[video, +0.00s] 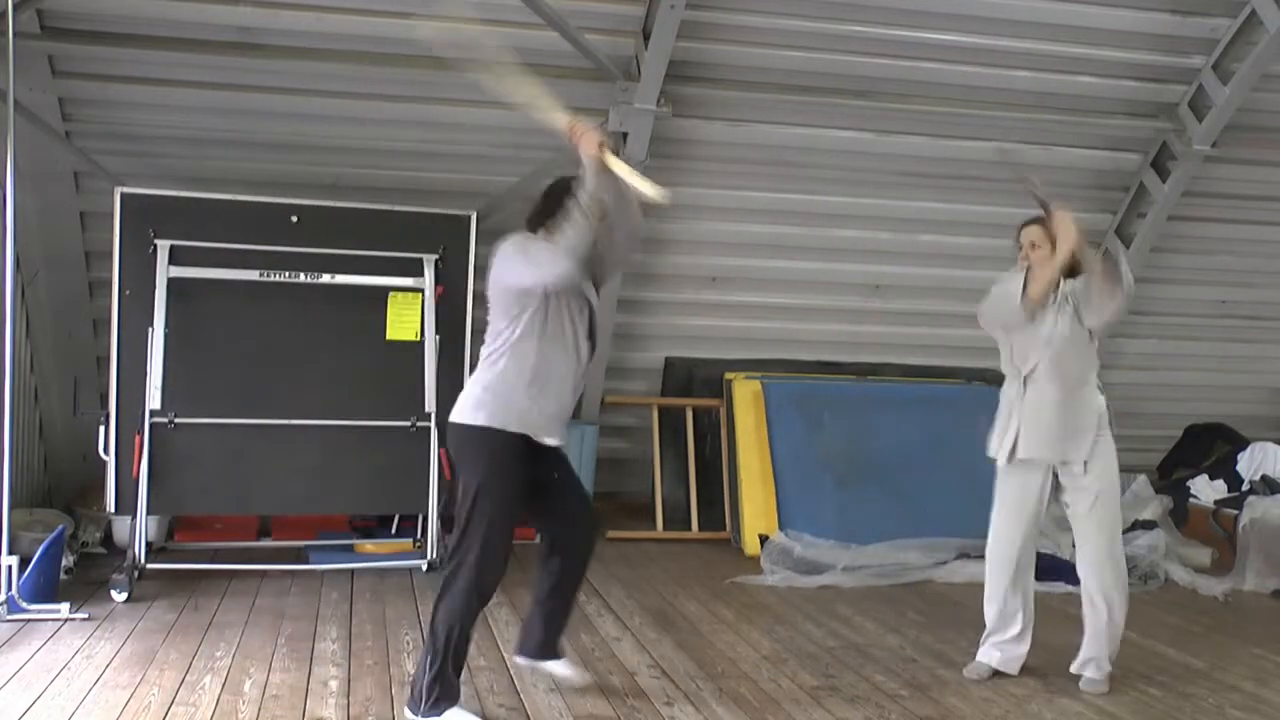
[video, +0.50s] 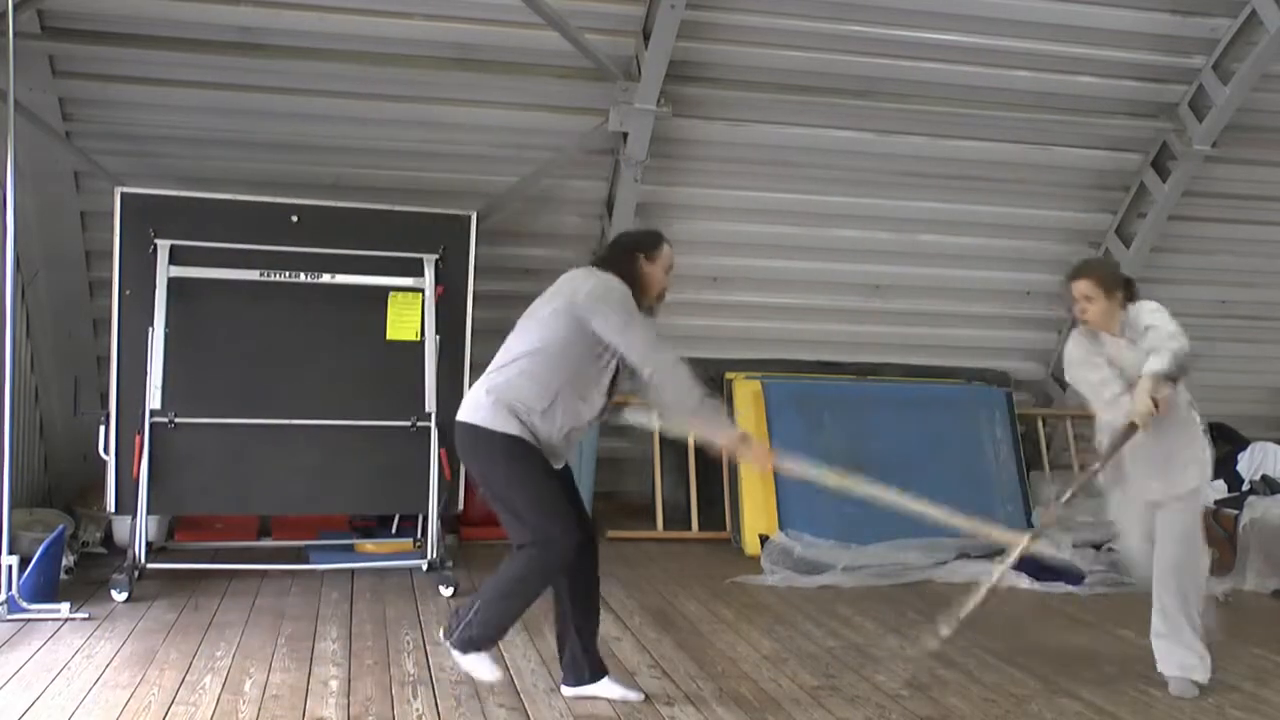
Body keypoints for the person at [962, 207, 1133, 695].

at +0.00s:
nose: (1030, 253)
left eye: (1039, 245)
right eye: (1024, 247)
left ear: (1063, 251)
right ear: (1017, 254)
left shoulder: (1082, 295)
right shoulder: (1006, 293)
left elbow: (1112, 299)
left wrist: (1086, 252)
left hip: (1085, 439)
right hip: (1022, 437)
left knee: (1099, 552)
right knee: (1005, 548)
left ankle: (1096, 661)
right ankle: (999, 651)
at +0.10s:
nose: (1030, 263)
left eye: (1039, 254)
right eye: (1026, 256)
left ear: (1064, 259)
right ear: (1021, 265)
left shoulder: (1094, 301)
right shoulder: (1010, 309)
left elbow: (1119, 339)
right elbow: (1020, 341)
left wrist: (1082, 297)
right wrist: (1055, 299)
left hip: (1093, 447)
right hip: (1031, 447)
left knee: (1113, 548)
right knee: (1011, 550)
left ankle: (1097, 659)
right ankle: (997, 652)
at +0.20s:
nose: (1035, 282)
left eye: (1044, 273)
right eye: (1031, 274)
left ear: (1073, 275)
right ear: (1030, 280)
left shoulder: (1105, 313)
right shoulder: (1023, 323)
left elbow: (1102, 373)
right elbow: (1012, 374)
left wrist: (1072, 341)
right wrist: (1045, 349)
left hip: (1112, 460)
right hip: (1048, 462)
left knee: (1142, 559)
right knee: (1015, 553)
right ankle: (995, 652)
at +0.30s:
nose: (1043, 293)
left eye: (1050, 283)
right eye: (1038, 285)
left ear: (1078, 279)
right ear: (1037, 288)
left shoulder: (1119, 311)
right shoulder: (1038, 328)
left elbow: (1119, 365)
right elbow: (1034, 368)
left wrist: (1088, 368)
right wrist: (1056, 389)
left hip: (1138, 458)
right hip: (1074, 462)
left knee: (1153, 561)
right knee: (1028, 552)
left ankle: (1187, 663)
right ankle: (995, 651)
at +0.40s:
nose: (1067, 308)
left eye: (1074, 297)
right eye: (1060, 299)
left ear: (1102, 292)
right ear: (1058, 303)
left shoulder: (1138, 314)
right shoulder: (1065, 342)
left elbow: (1143, 356)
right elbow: (1072, 392)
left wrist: (1136, 398)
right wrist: (1108, 410)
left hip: (1168, 446)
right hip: (1108, 448)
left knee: (1170, 557)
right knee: (1095, 546)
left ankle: (1184, 665)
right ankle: (1100, 632)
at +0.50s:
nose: (1079, 310)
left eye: (1087, 300)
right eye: (1074, 302)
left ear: (1115, 297)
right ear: (1072, 307)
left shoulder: (1147, 314)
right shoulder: (1078, 350)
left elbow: (1173, 343)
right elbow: (1104, 399)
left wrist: (1148, 379)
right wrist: (1130, 406)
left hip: (1178, 458)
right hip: (1127, 467)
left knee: (1174, 562)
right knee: (1139, 559)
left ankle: (1181, 663)